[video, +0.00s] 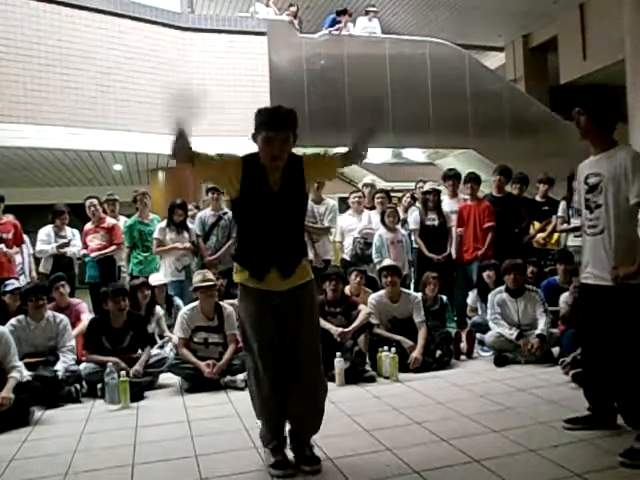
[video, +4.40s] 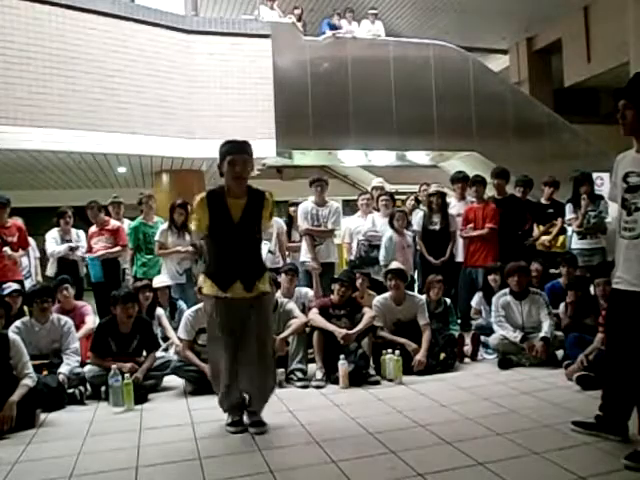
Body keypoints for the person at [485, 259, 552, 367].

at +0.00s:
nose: (513, 278)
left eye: (516, 274)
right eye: (509, 274)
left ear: (523, 276)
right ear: (504, 277)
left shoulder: (535, 293)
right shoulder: (495, 296)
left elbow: (543, 315)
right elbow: (494, 320)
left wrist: (540, 336)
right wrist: (517, 336)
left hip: (531, 331)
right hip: (508, 333)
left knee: (553, 335)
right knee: (491, 338)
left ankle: (513, 357)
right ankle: (538, 355)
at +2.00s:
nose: (517, 280)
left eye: (521, 276)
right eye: (513, 277)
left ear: (527, 278)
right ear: (508, 280)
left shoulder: (539, 296)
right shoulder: (499, 299)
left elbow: (548, 319)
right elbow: (498, 323)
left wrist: (544, 339)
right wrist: (522, 339)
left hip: (535, 335)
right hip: (512, 336)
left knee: (558, 338)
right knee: (495, 341)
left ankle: (519, 360)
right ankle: (541, 358)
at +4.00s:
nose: (517, 281)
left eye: (520, 276)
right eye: (512, 277)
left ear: (527, 278)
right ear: (507, 280)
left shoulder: (539, 296)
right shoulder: (499, 299)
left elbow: (548, 319)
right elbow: (498, 323)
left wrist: (544, 338)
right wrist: (521, 339)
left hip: (535, 334)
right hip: (513, 335)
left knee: (559, 338)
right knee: (495, 341)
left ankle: (518, 360)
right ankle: (541, 358)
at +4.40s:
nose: (516, 280)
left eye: (520, 276)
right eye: (512, 276)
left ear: (527, 278)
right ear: (507, 280)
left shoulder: (539, 296)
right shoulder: (499, 299)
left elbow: (547, 319)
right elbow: (498, 323)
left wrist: (544, 339)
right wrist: (522, 339)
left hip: (535, 335)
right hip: (512, 336)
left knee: (559, 337)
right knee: (495, 340)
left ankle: (518, 360)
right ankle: (543, 358)